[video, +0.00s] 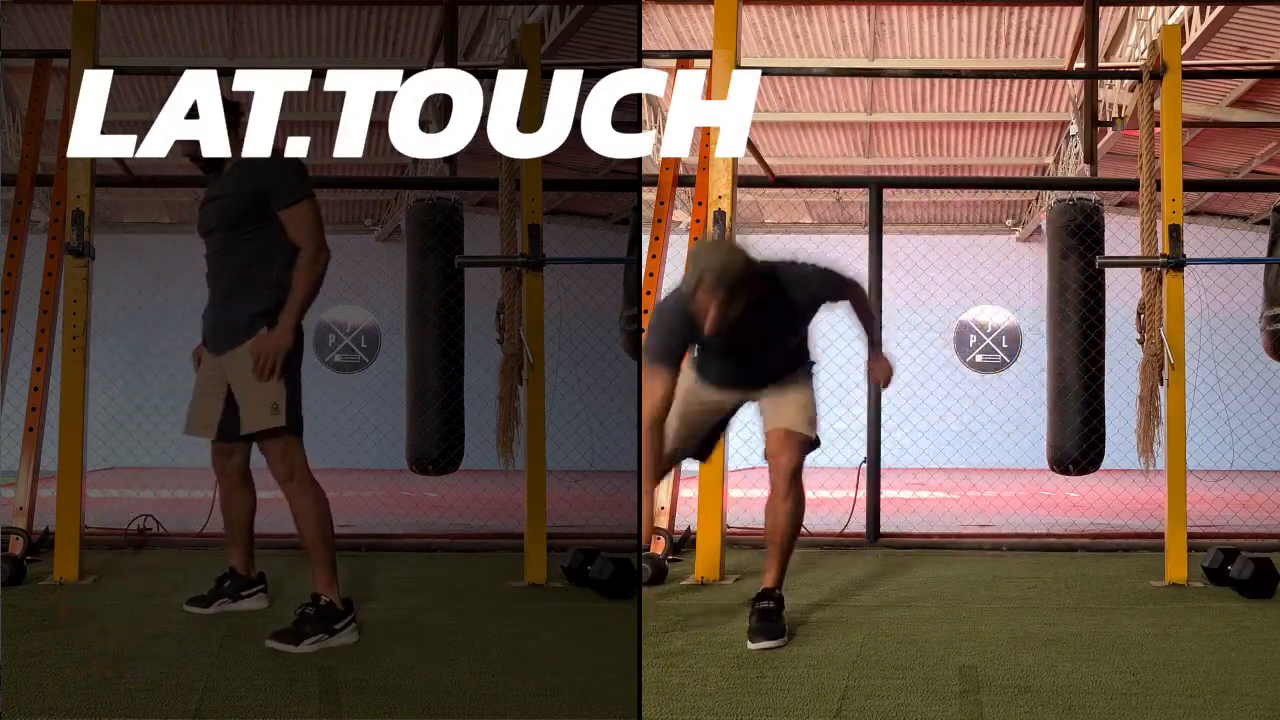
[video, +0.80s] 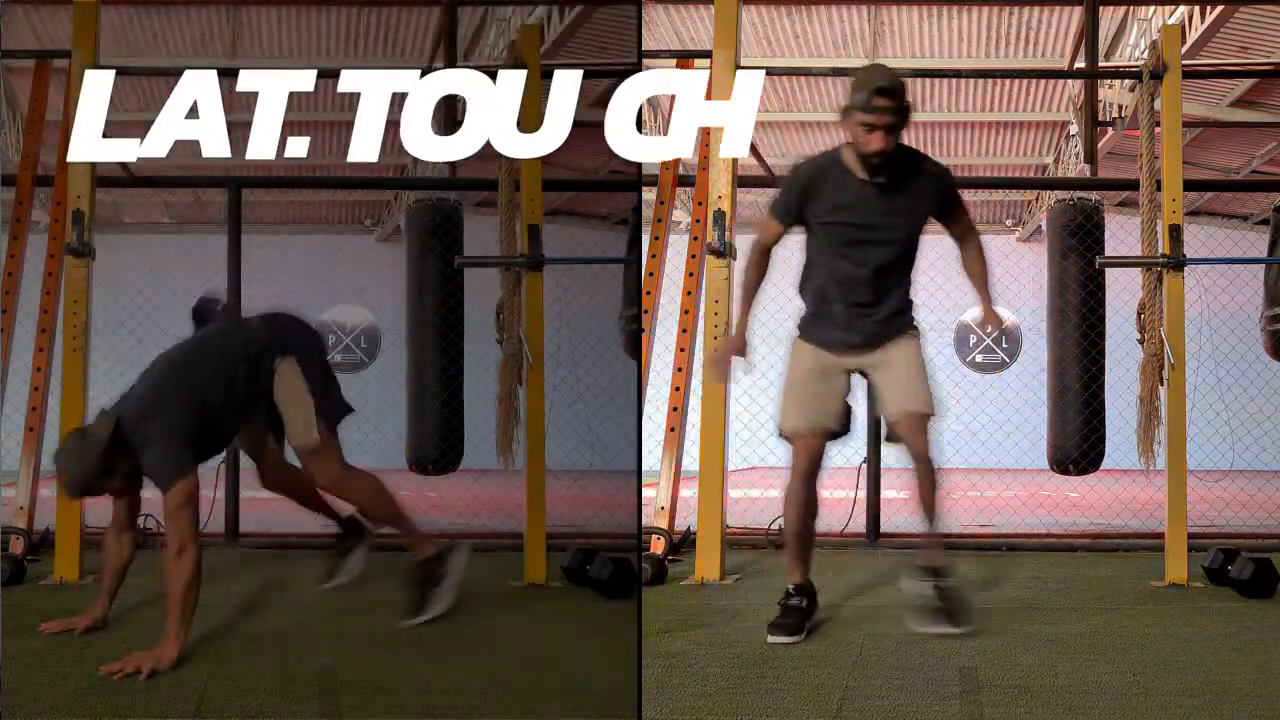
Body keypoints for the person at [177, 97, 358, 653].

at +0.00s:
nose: (196, 140)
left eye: (204, 126)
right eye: (194, 130)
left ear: (233, 121)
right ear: (202, 134)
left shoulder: (276, 168)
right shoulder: (216, 185)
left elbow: (314, 251)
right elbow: (229, 274)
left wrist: (285, 328)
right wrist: (210, 339)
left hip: (266, 336)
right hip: (221, 342)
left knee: (287, 464)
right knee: (227, 460)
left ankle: (331, 602)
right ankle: (242, 576)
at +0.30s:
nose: (129, 181)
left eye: (131, 168)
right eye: (124, 173)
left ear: (162, 154)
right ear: (152, 166)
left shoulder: (227, 186)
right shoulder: (181, 214)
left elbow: (263, 278)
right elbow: (195, 297)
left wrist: (243, 364)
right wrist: (176, 373)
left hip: (289, 329)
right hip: (246, 334)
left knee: (285, 458)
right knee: (221, 456)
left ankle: (330, 602)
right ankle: (242, 575)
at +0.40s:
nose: (115, 246)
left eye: (117, 233)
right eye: (109, 237)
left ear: (144, 218)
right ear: (123, 231)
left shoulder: (202, 246)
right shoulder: (159, 265)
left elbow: (238, 336)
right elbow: (167, 351)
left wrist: (219, 427)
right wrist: (152, 430)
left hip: (306, 341)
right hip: (258, 348)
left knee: (282, 461)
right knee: (214, 459)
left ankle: (329, 603)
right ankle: (240, 575)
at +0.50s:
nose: (108, 328)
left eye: (107, 316)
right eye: (102, 320)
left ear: (132, 298)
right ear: (130, 302)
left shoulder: (197, 317)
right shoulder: (150, 334)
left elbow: (205, 427)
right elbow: (143, 421)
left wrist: (184, 531)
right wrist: (122, 504)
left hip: (313, 364)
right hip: (260, 376)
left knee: (270, 468)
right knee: (199, 464)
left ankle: (329, 604)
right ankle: (240, 576)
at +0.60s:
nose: (110, 405)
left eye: (109, 395)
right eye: (103, 398)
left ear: (128, 376)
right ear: (123, 378)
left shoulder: (185, 371)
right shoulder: (139, 382)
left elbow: (182, 486)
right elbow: (125, 480)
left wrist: (158, 586)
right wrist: (93, 567)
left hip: (312, 360)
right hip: (260, 372)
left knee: (272, 468)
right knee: (216, 463)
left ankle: (328, 603)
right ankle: (242, 578)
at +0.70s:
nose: (123, 460)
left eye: (120, 452)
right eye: (117, 455)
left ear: (131, 433)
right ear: (123, 433)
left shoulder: (175, 416)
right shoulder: (132, 415)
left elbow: (174, 530)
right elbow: (122, 517)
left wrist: (157, 634)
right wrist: (93, 603)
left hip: (304, 326)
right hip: (259, 337)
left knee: (312, 455)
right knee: (251, 456)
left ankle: (346, 591)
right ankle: (269, 567)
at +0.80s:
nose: (110, 493)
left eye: (106, 485)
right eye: (101, 491)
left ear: (117, 461)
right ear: (103, 455)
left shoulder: (162, 438)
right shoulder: (117, 430)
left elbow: (184, 551)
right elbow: (121, 529)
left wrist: (169, 648)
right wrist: (98, 612)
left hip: (283, 344)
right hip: (241, 369)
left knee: (329, 473)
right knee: (273, 472)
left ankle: (430, 549)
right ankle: (350, 527)